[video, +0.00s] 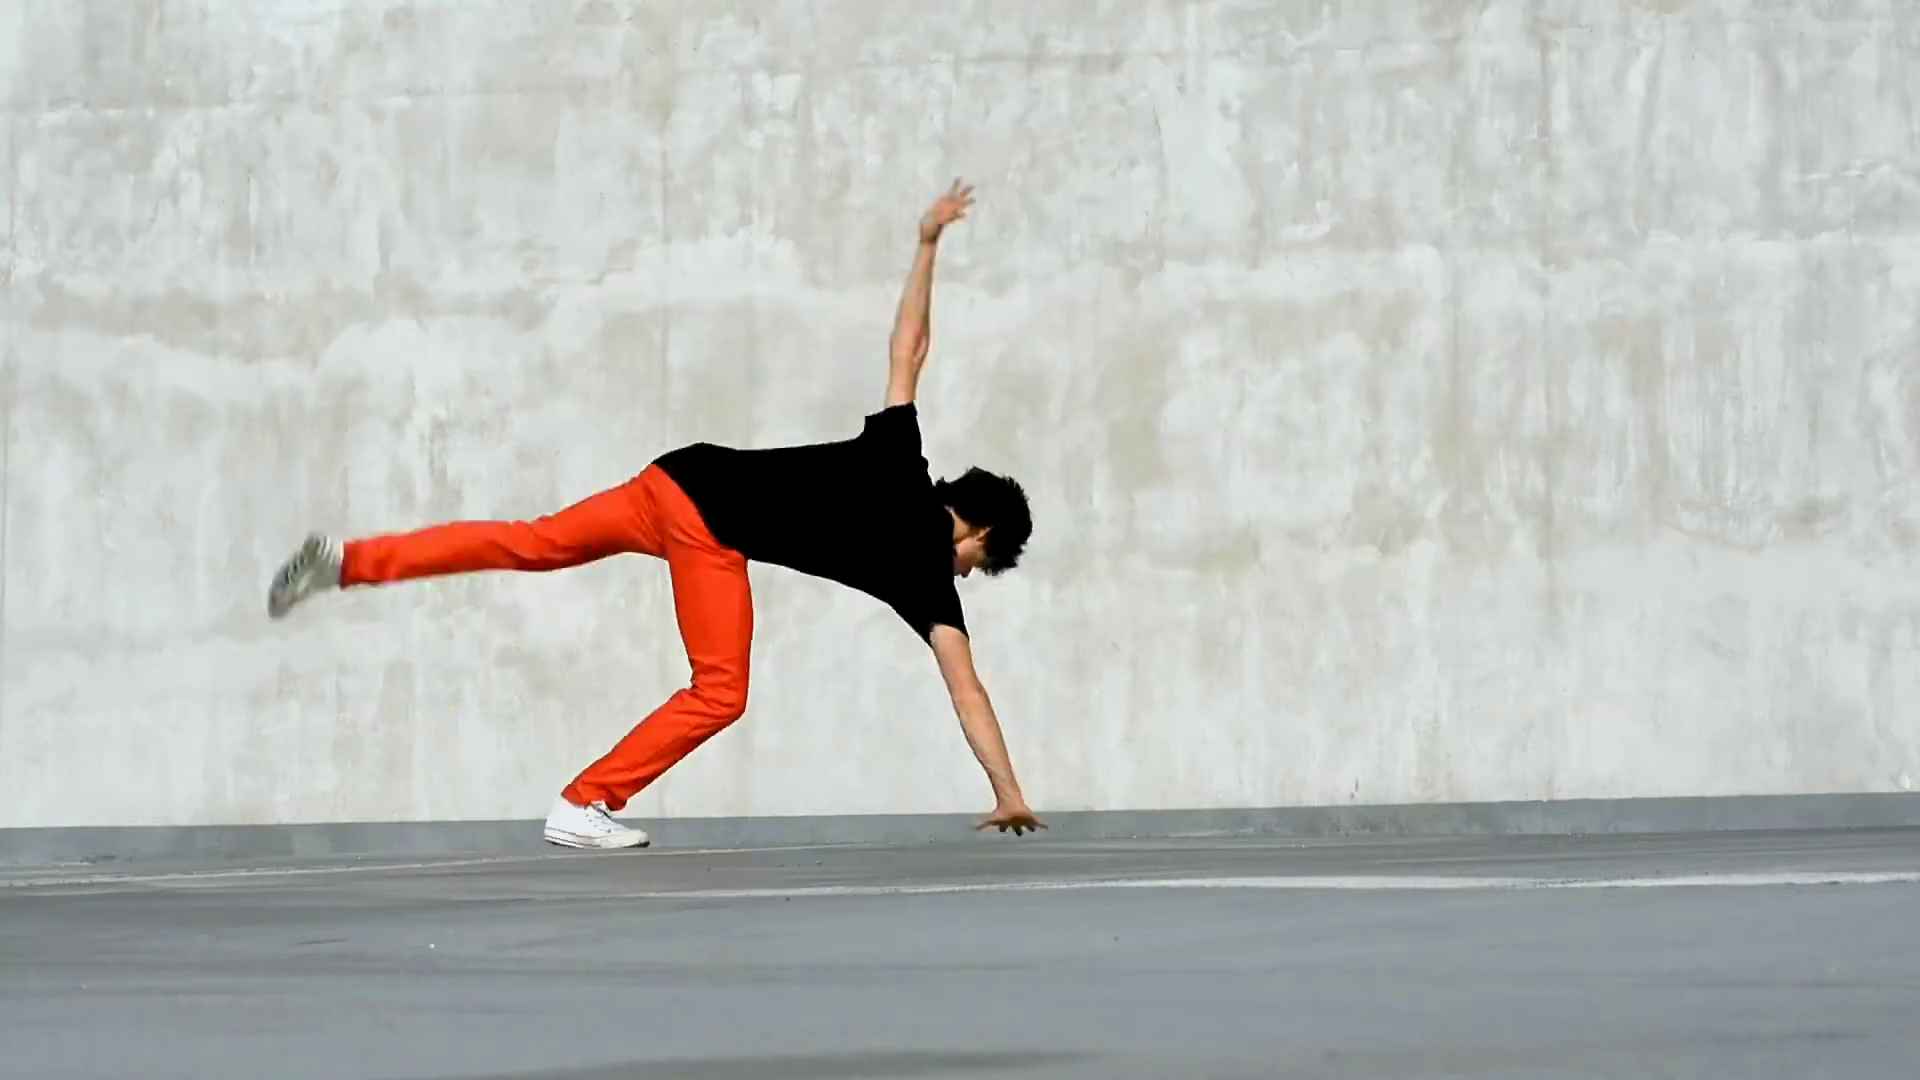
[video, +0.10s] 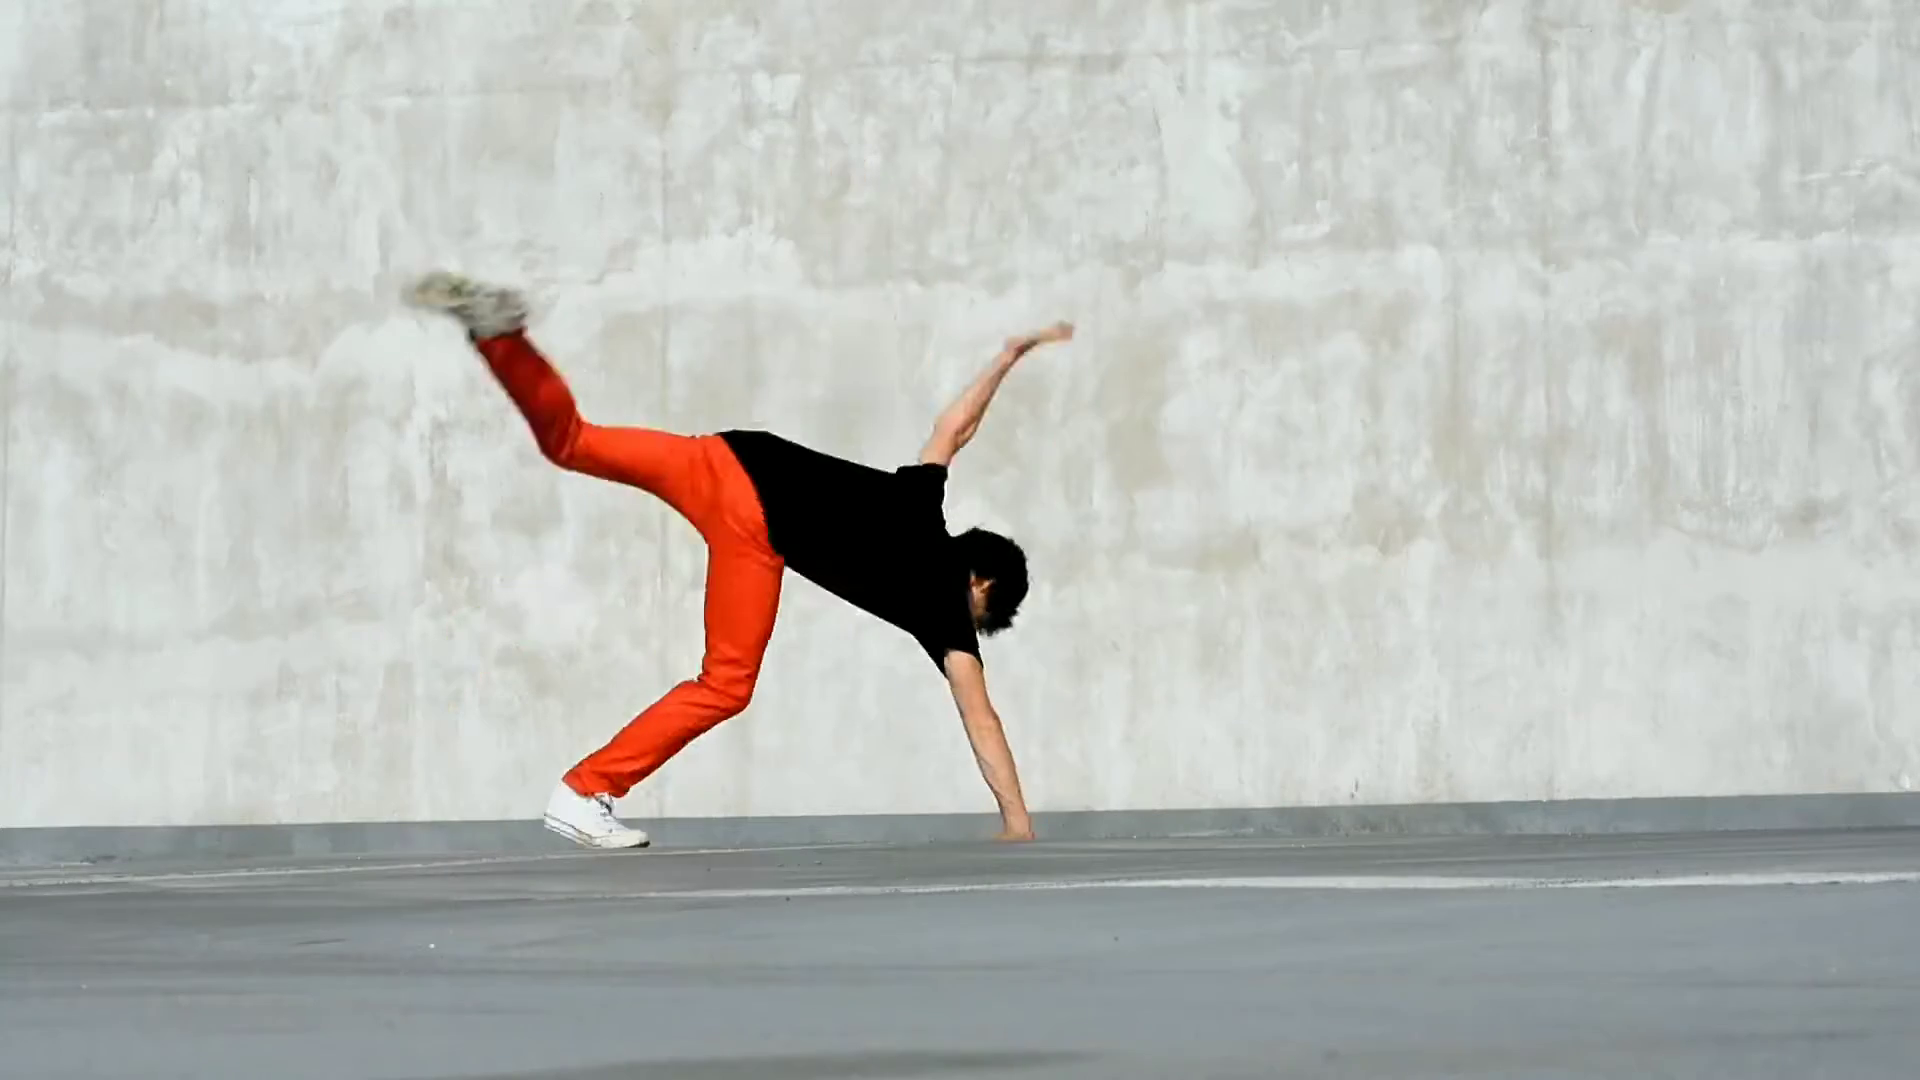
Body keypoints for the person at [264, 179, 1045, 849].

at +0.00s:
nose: (970, 573)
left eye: (982, 563)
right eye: (979, 562)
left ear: (956, 501)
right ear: (968, 537)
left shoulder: (899, 447)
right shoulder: (926, 581)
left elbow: (911, 347)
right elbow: (968, 692)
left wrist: (927, 238)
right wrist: (1012, 796)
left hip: (676, 478)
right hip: (709, 529)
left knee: (527, 542)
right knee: (720, 693)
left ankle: (344, 564)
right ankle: (586, 805)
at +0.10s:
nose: (983, 622)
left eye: (992, 613)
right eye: (992, 612)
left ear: (969, 552)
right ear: (979, 585)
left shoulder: (922, 497)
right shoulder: (945, 615)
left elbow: (956, 425)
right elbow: (977, 712)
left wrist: (1010, 355)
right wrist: (1016, 813)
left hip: (724, 461)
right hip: (756, 531)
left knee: (568, 440)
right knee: (725, 687)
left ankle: (493, 326)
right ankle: (583, 794)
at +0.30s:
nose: (922, 699)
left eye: (917, 702)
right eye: (932, 703)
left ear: (899, 665)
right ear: (953, 676)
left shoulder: (859, 601)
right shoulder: (984, 628)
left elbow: (794, 587)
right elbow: (1010, 720)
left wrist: (711, 619)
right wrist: (1022, 827)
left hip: (847, 408)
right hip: (896, 440)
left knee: (777, 271)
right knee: (802, 575)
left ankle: (947, 285)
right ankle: (699, 692)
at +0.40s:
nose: (905, 676)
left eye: (907, 689)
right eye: (905, 691)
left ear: (879, 654)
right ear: (932, 676)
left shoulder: (842, 599)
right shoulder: (985, 630)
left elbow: (736, 636)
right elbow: (1019, 730)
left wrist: (627, 675)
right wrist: (1023, 830)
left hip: (872, 417)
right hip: (950, 428)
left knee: (827, 253)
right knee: (933, 523)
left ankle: (982, 230)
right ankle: (918, 655)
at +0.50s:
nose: (904, 703)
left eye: (889, 708)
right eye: (901, 710)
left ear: (863, 678)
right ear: (908, 681)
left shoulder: (834, 609)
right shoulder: (979, 635)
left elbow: (805, 668)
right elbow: (1013, 724)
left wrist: (766, 753)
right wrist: (1023, 827)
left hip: (895, 410)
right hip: (976, 420)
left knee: (844, 252)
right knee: (1069, 514)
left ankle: (923, 120)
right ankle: (1184, 593)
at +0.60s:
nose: (880, 711)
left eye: (867, 710)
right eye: (868, 714)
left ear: (846, 669)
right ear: (887, 671)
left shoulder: (855, 622)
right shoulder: (970, 635)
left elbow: (881, 695)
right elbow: (1008, 731)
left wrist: (906, 805)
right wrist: (1022, 836)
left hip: (925, 407)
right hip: (991, 420)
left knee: (866, 270)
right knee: (1150, 463)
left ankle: (822, 103)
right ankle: (1335, 508)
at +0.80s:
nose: (887, 685)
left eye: (871, 679)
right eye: (875, 683)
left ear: (862, 651)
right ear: (875, 643)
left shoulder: (901, 608)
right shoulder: (928, 607)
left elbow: (926, 707)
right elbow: (979, 696)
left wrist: (932, 823)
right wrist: (1006, 805)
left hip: (957, 380)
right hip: (958, 356)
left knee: (1080, 508)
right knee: (1068, 330)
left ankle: (1212, 626)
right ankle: (1110, 174)